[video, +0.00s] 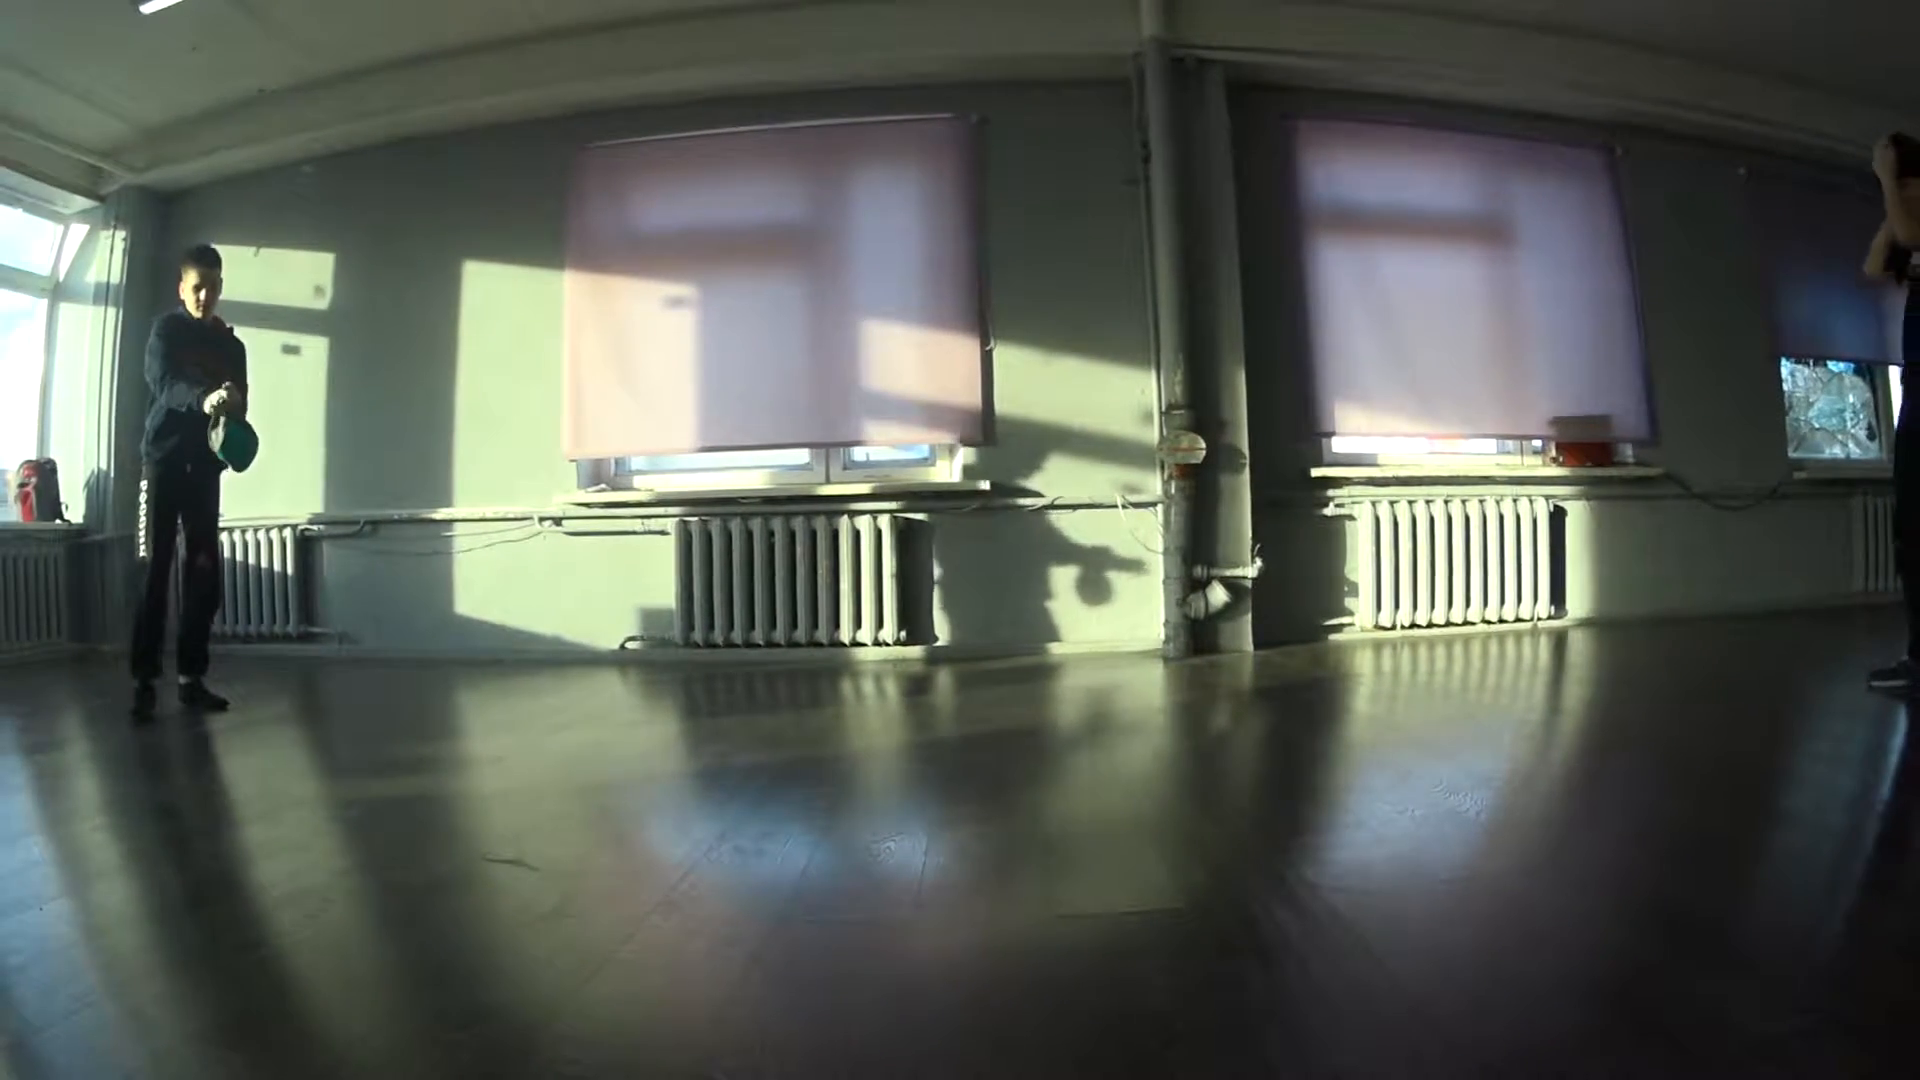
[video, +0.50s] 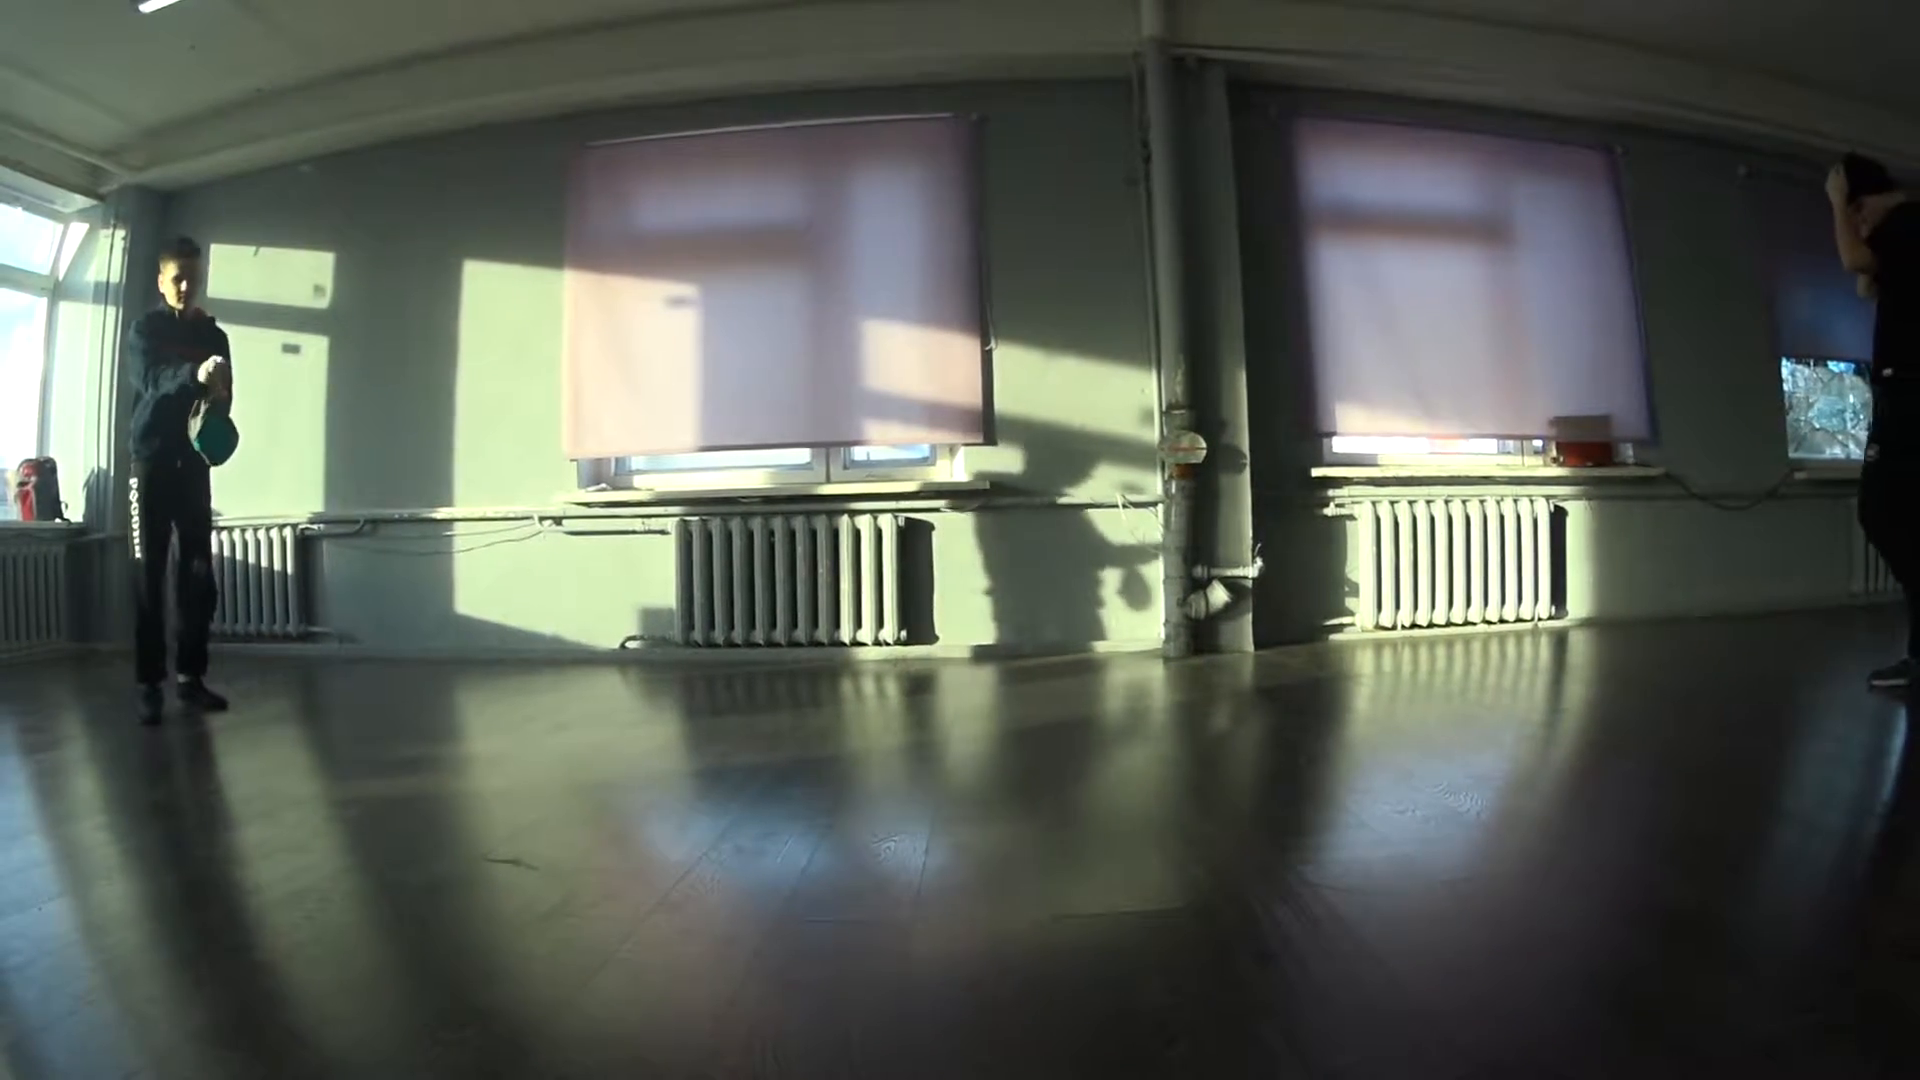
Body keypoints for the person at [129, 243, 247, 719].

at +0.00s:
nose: (204, 294)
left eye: (211, 285)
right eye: (196, 285)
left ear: (221, 287)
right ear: (180, 286)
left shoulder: (231, 344)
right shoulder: (165, 329)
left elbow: (238, 404)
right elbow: (161, 383)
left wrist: (234, 415)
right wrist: (204, 399)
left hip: (205, 463)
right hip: (163, 459)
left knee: (204, 568)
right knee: (154, 565)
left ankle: (193, 679)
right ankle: (145, 683)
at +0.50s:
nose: (182, 286)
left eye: (190, 278)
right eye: (174, 278)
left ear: (202, 278)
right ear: (160, 279)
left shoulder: (214, 335)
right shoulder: (144, 328)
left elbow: (221, 400)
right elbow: (149, 379)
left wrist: (218, 408)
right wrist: (196, 373)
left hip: (194, 461)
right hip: (149, 459)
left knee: (199, 569)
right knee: (149, 569)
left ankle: (191, 679)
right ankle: (150, 685)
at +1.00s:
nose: (179, 280)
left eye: (185, 271)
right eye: (170, 272)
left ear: (194, 273)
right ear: (149, 274)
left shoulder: (205, 325)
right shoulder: (138, 323)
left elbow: (216, 395)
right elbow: (143, 387)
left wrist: (196, 415)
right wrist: (189, 366)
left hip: (194, 458)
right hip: (148, 460)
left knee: (212, 572)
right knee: (152, 574)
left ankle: (226, 685)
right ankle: (160, 688)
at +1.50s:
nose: (137, 272)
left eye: (142, 264)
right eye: (128, 264)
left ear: (148, 268)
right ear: (108, 267)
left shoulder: (157, 324)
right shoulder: (91, 318)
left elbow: (181, 398)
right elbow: (99, 375)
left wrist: (164, 357)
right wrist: (149, 350)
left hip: (141, 460)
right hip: (97, 459)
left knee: (149, 575)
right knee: (91, 574)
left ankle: (152, 694)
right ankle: (87, 692)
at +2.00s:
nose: (148, 268)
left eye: (155, 260)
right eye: (140, 260)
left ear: (162, 263)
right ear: (120, 262)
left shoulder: (169, 318)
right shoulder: (105, 311)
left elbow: (208, 382)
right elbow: (105, 370)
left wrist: (188, 343)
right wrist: (159, 342)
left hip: (152, 458)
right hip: (105, 456)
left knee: (159, 578)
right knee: (100, 573)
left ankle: (148, 697)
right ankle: (90, 699)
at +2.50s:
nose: (131, 263)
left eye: (138, 255)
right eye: (122, 255)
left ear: (146, 258)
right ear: (104, 260)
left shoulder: (159, 318)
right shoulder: (89, 311)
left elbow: (176, 391)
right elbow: (93, 376)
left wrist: (157, 380)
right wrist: (133, 335)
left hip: (139, 455)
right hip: (92, 452)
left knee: (146, 575)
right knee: (87, 573)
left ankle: (140, 693)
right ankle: (82, 697)